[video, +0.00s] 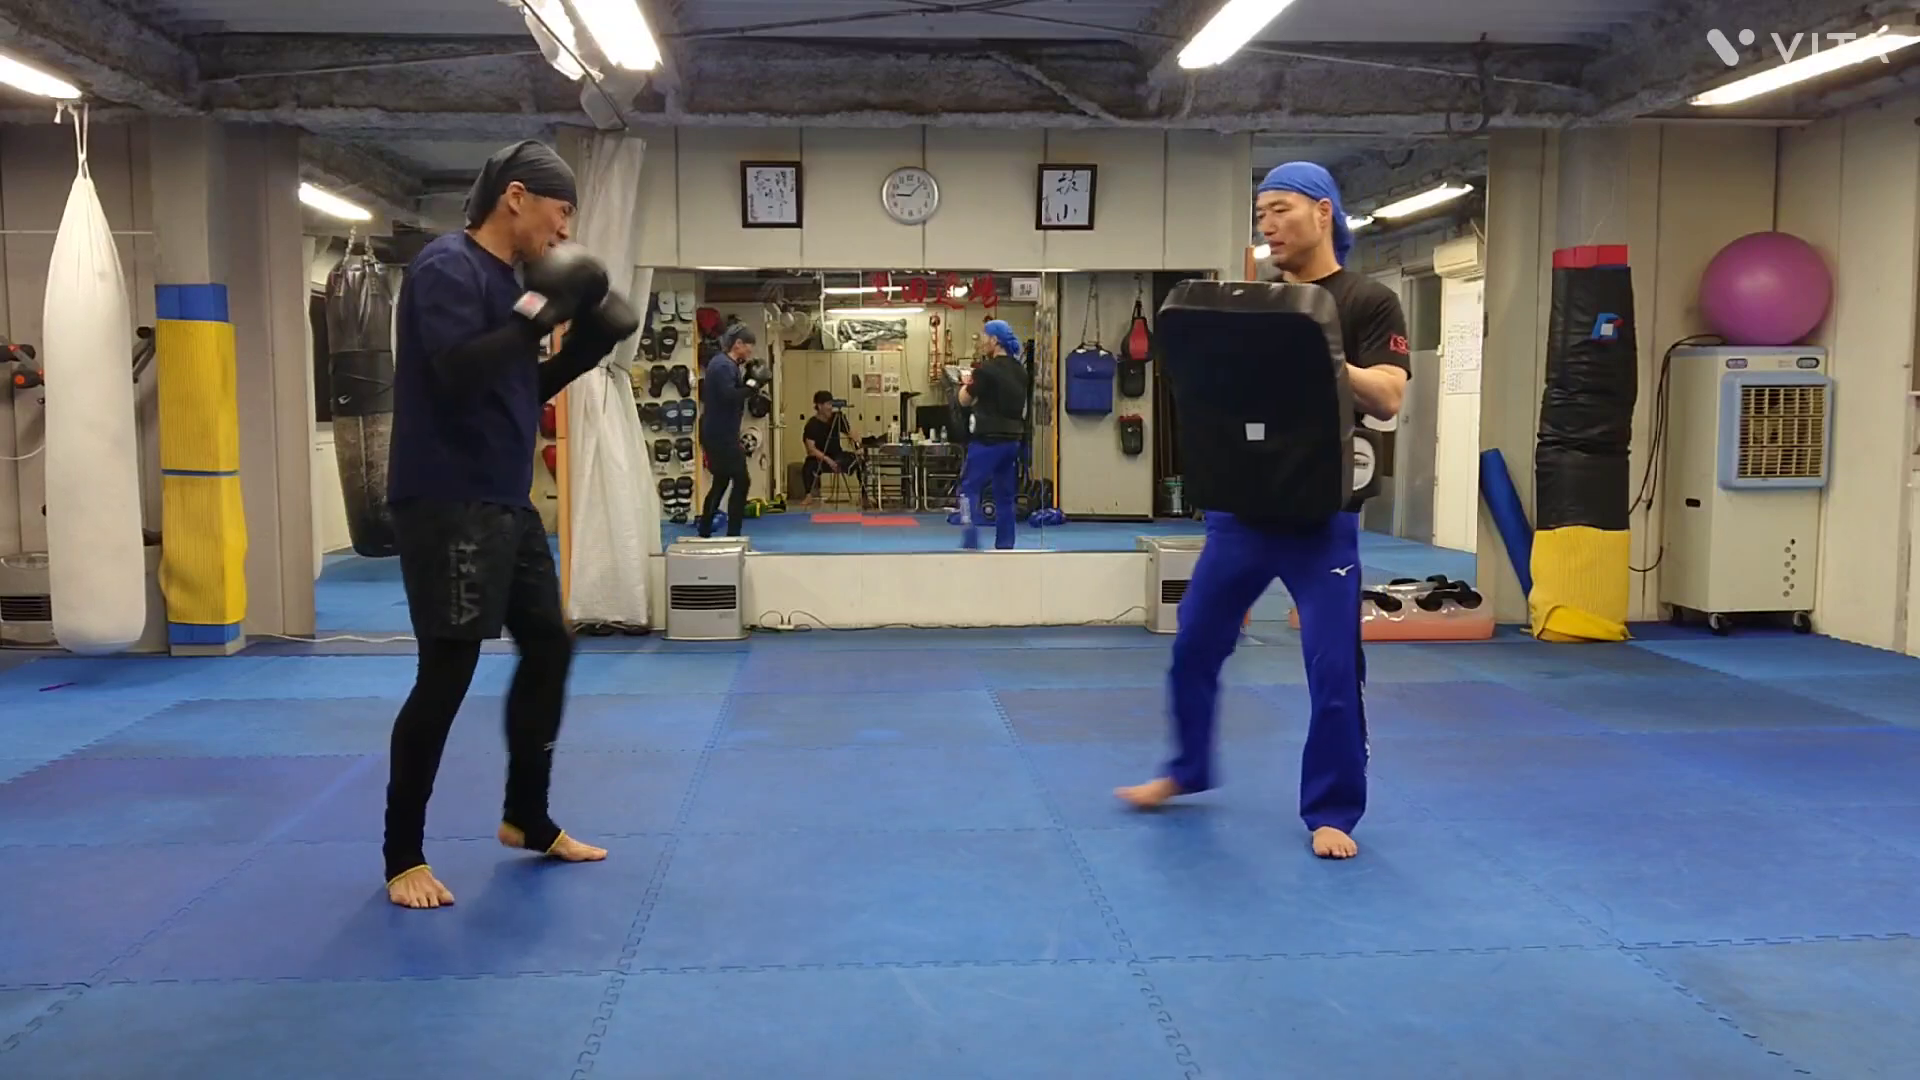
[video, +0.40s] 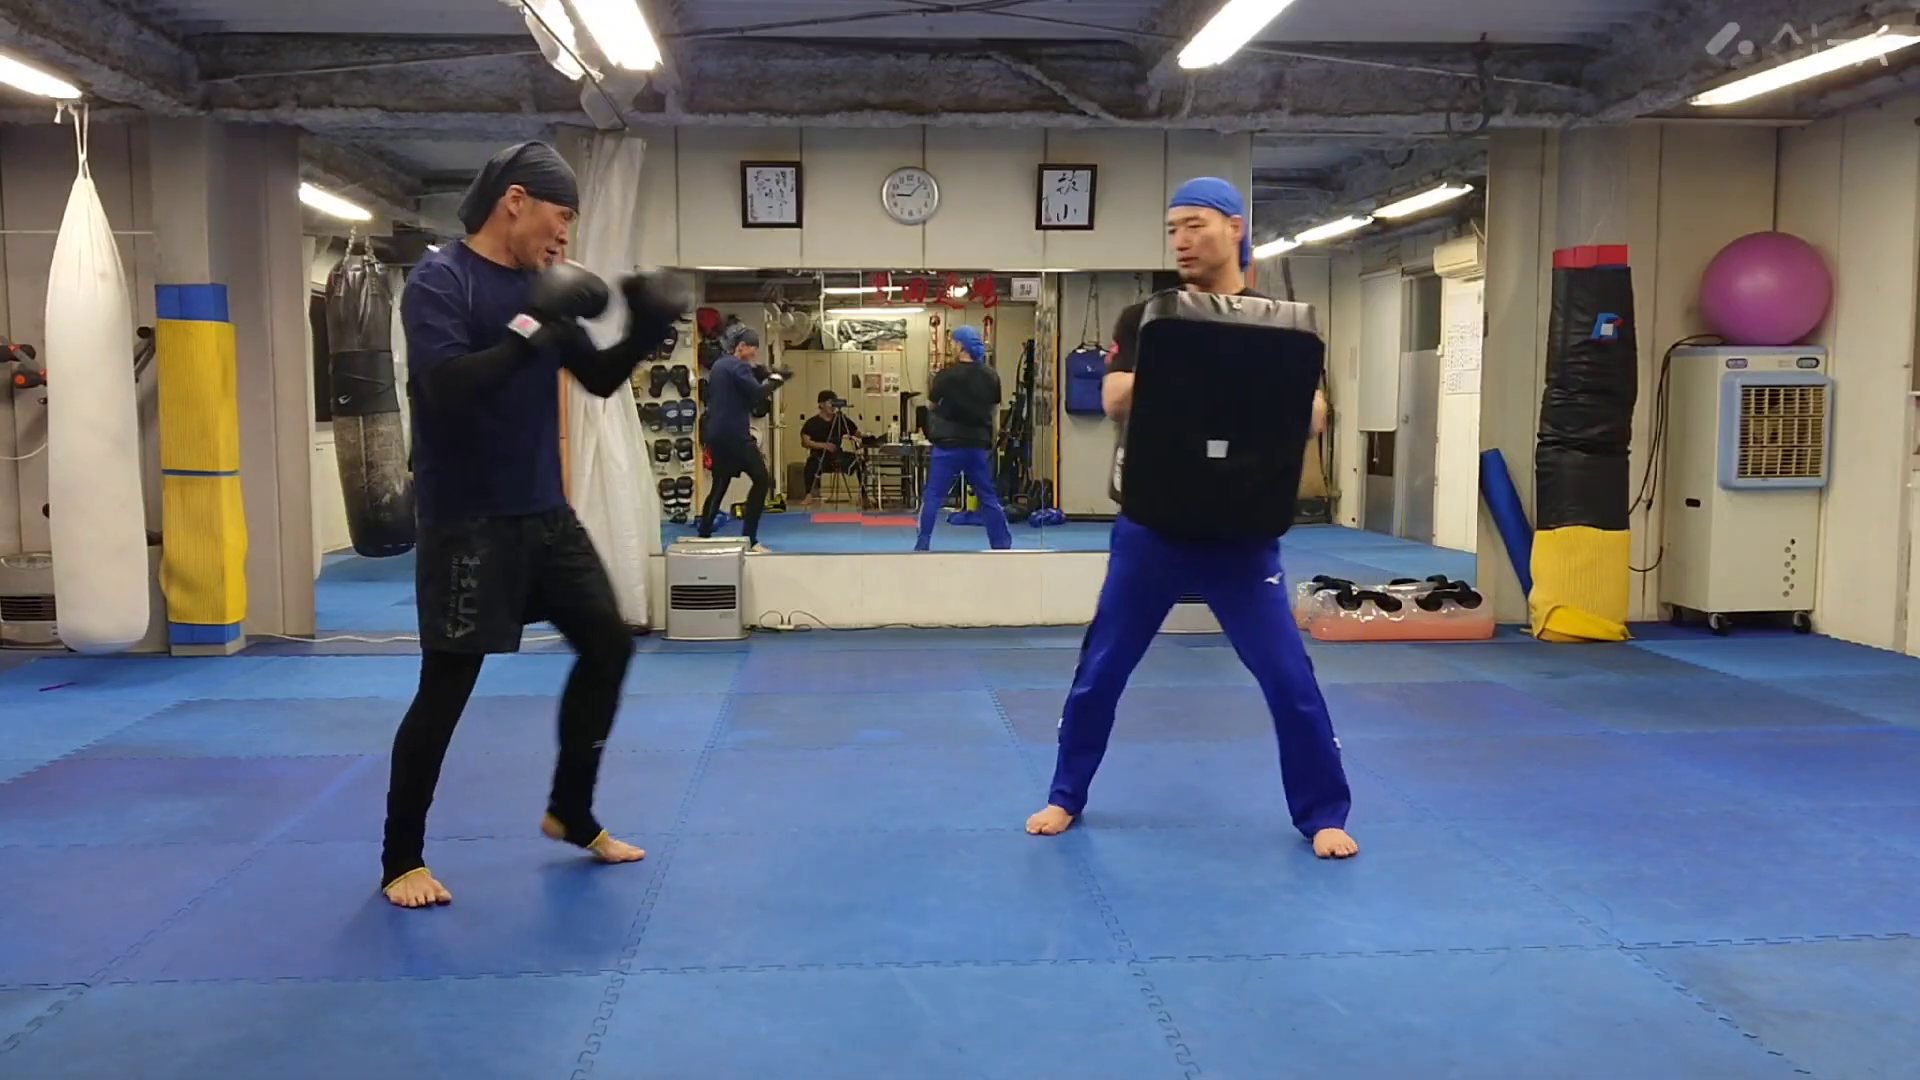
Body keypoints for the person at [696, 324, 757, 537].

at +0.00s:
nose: (751, 351)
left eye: (752, 346)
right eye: (749, 345)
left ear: (737, 345)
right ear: (737, 344)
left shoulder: (724, 364)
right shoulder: (724, 366)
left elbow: (731, 392)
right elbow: (729, 396)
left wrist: (748, 379)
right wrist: (752, 386)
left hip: (714, 432)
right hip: (722, 434)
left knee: (721, 480)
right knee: (742, 481)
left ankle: (704, 529)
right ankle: (734, 534)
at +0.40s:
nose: (755, 353)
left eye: (756, 349)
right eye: (754, 348)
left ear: (738, 347)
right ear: (741, 346)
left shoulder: (719, 365)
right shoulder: (738, 367)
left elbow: (734, 391)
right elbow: (756, 393)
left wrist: (758, 375)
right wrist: (776, 380)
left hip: (715, 435)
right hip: (735, 436)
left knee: (719, 484)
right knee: (761, 480)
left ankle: (703, 535)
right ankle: (749, 539)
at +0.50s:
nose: (758, 354)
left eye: (758, 349)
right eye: (756, 349)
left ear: (732, 348)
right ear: (748, 348)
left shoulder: (720, 373)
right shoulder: (744, 369)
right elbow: (764, 392)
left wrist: (766, 384)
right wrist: (789, 389)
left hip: (719, 437)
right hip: (742, 437)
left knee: (720, 485)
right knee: (773, 478)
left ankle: (703, 535)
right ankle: (761, 537)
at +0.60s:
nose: (767, 357)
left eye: (769, 352)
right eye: (766, 351)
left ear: (751, 349)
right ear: (755, 349)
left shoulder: (734, 369)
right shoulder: (752, 370)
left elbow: (751, 394)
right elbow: (766, 401)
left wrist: (773, 382)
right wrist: (793, 411)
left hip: (732, 438)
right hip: (753, 438)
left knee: (725, 488)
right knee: (782, 482)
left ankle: (704, 536)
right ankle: (792, 539)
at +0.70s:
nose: (781, 357)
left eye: (781, 353)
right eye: (778, 352)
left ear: (766, 352)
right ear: (766, 351)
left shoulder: (761, 372)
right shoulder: (761, 374)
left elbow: (781, 394)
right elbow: (759, 406)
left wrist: (794, 376)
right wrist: (772, 432)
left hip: (750, 443)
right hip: (761, 443)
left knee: (734, 490)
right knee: (795, 480)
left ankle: (702, 535)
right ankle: (817, 541)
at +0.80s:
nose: (792, 351)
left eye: (791, 347)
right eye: (787, 347)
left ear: (780, 351)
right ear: (774, 350)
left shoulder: (789, 371)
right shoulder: (763, 377)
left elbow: (817, 379)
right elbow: (744, 408)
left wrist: (813, 360)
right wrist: (742, 430)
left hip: (787, 439)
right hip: (779, 440)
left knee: (771, 487)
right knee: (813, 484)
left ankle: (727, 520)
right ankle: (818, 543)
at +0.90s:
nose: (784, 356)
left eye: (784, 352)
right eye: (780, 353)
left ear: (783, 353)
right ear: (771, 354)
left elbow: (820, 382)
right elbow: (749, 411)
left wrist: (851, 384)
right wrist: (769, 397)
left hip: (808, 428)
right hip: (789, 433)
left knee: (805, 473)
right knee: (813, 476)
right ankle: (816, 538)